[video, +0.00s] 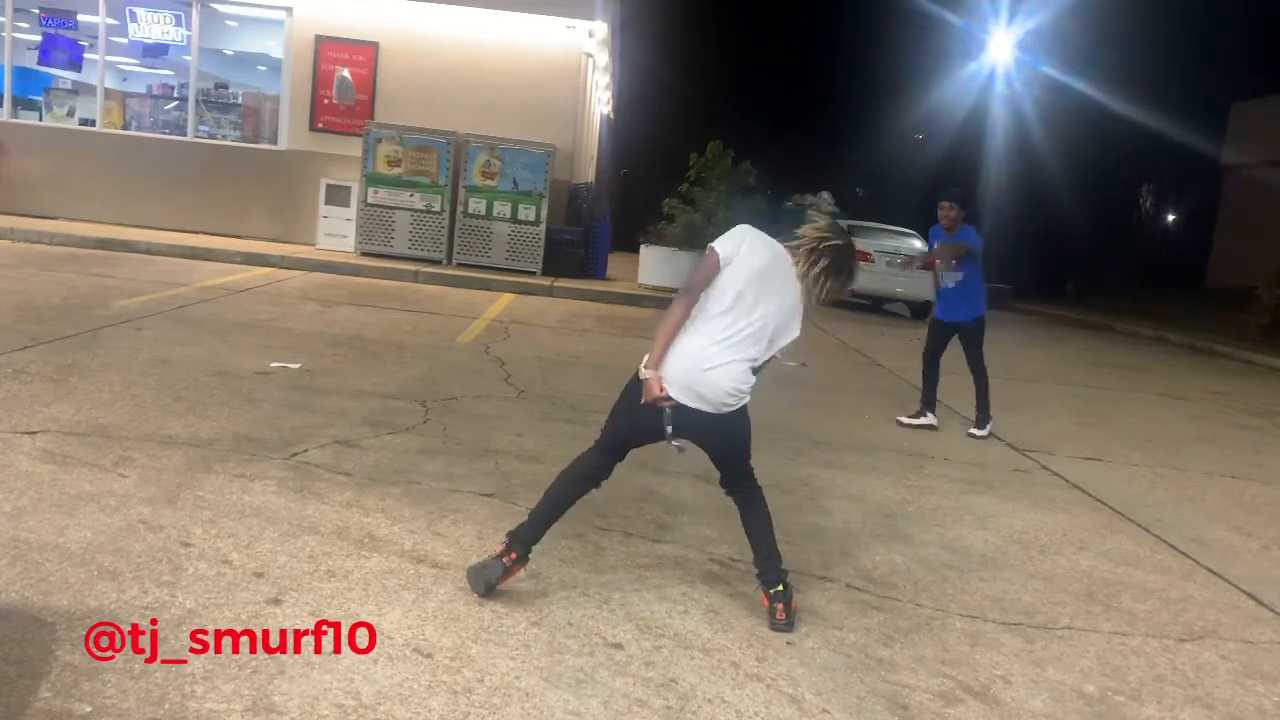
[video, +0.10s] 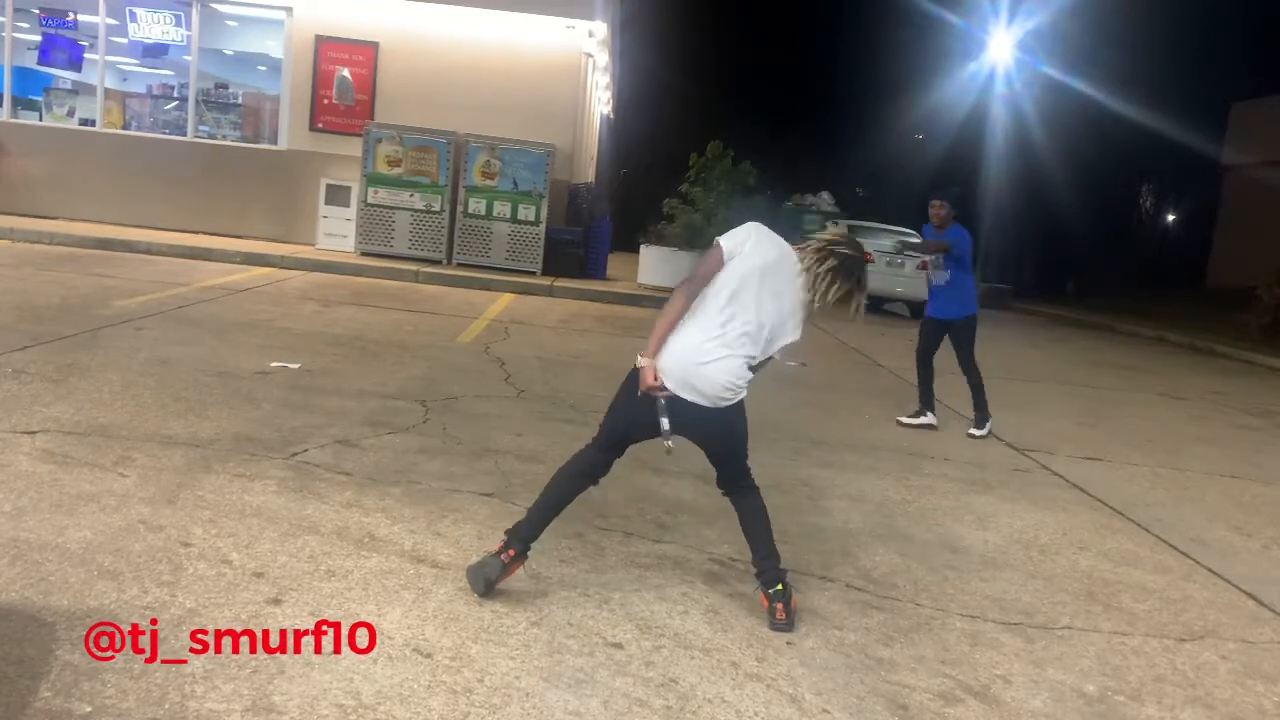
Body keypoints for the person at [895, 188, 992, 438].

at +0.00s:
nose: (946, 214)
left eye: (951, 209)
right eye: (942, 209)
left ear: (962, 213)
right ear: (937, 211)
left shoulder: (970, 235)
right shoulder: (935, 233)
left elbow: (957, 251)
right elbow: (935, 264)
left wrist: (924, 259)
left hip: (970, 313)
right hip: (944, 311)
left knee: (976, 365)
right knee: (930, 357)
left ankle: (983, 419)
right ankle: (927, 411)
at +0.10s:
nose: (936, 212)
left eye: (941, 208)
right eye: (933, 208)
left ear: (951, 211)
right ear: (928, 211)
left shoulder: (961, 235)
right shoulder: (927, 233)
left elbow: (938, 247)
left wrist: (909, 247)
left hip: (962, 311)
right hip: (936, 309)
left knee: (967, 363)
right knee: (923, 356)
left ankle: (982, 418)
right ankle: (926, 411)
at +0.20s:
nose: (925, 209)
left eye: (930, 204)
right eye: (922, 204)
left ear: (940, 209)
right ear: (917, 207)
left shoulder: (949, 232)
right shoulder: (918, 230)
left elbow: (941, 262)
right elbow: (923, 260)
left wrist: (911, 247)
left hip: (949, 308)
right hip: (926, 306)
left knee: (946, 360)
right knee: (918, 358)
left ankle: (976, 411)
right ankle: (925, 411)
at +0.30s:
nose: (908, 205)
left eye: (913, 200)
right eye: (905, 200)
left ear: (923, 203)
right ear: (901, 204)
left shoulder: (935, 231)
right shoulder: (909, 231)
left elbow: (953, 271)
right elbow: (914, 265)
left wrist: (922, 277)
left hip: (933, 303)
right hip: (915, 303)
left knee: (919, 355)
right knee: (916, 355)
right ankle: (924, 409)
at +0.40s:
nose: (899, 206)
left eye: (903, 201)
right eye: (896, 201)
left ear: (913, 204)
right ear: (893, 205)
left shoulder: (929, 231)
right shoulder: (897, 231)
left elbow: (940, 269)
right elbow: (897, 265)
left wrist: (935, 302)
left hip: (920, 302)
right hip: (905, 302)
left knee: (900, 350)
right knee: (916, 356)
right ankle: (926, 410)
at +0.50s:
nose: (882, 210)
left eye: (887, 206)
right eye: (879, 206)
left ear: (896, 209)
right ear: (874, 209)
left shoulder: (910, 235)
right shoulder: (873, 233)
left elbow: (929, 271)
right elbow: (875, 258)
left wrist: (941, 307)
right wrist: (855, 255)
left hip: (905, 305)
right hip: (886, 304)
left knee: (875, 348)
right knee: (901, 360)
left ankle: (864, 411)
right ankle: (923, 409)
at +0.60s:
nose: (870, 207)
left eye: (875, 202)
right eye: (867, 202)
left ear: (885, 206)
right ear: (862, 206)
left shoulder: (898, 233)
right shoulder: (861, 230)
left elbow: (917, 269)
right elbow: (865, 258)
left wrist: (925, 304)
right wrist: (852, 256)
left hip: (891, 301)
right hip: (871, 300)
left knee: (870, 354)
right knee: (870, 355)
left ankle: (863, 411)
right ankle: (910, 396)